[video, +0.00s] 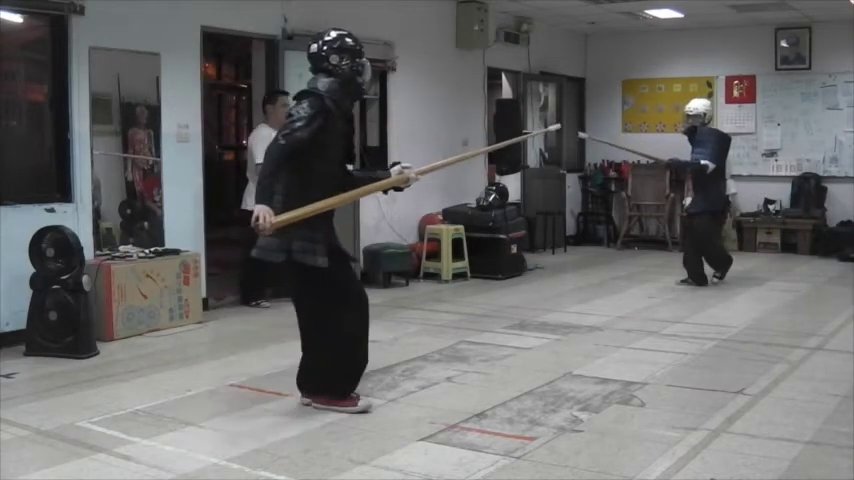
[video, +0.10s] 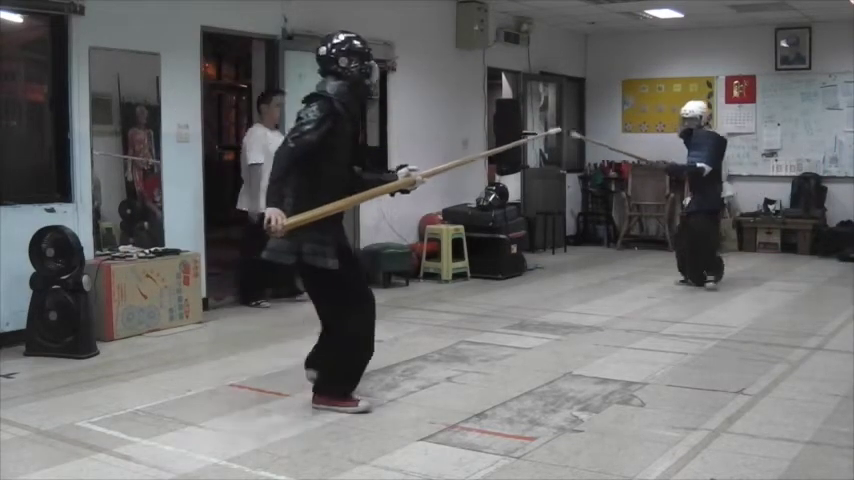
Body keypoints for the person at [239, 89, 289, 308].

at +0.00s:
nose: (288, 111)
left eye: (288, 106)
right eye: (283, 106)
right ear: (268, 109)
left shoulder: (276, 135)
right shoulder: (262, 135)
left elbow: (277, 165)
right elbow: (263, 169)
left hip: (269, 201)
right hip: (257, 202)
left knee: (264, 246)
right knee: (254, 247)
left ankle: (258, 291)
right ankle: (250, 295)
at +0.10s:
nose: (280, 112)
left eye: (281, 107)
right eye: (276, 107)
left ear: (280, 110)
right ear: (262, 108)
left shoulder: (278, 135)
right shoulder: (255, 134)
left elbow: (283, 169)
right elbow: (255, 170)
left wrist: (284, 198)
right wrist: (257, 205)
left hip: (276, 203)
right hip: (257, 206)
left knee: (280, 245)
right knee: (254, 250)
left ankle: (285, 287)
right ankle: (251, 294)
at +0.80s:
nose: (267, 110)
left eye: (269, 107)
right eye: (263, 106)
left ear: (269, 110)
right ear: (250, 109)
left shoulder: (268, 136)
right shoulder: (240, 135)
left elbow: (277, 167)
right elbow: (242, 170)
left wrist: (290, 188)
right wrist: (261, 196)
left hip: (269, 206)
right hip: (247, 208)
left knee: (273, 250)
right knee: (250, 252)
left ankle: (273, 292)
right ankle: (249, 296)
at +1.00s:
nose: (269, 109)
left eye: (270, 105)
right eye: (264, 105)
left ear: (270, 108)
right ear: (251, 108)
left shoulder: (271, 135)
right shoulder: (241, 135)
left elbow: (280, 165)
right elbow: (242, 168)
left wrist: (287, 190)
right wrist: (257, 198)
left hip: (271, 206)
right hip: (249, 208)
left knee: (274, 252)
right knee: (251, 253)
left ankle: (272, 292)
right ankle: (251, 295)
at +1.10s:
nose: (270, 108)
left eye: (271, 104)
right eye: (266, 104)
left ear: (270, 108)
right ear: (253, 107)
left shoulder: (274, 134)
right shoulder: (243, 134)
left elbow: (283, 166)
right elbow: (242, 168)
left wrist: (287, 191)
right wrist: (251, 196)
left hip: (270, 203)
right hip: (249, 204)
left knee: (272, 250)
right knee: (251, 251)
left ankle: (272, 292)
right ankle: (251, 295)